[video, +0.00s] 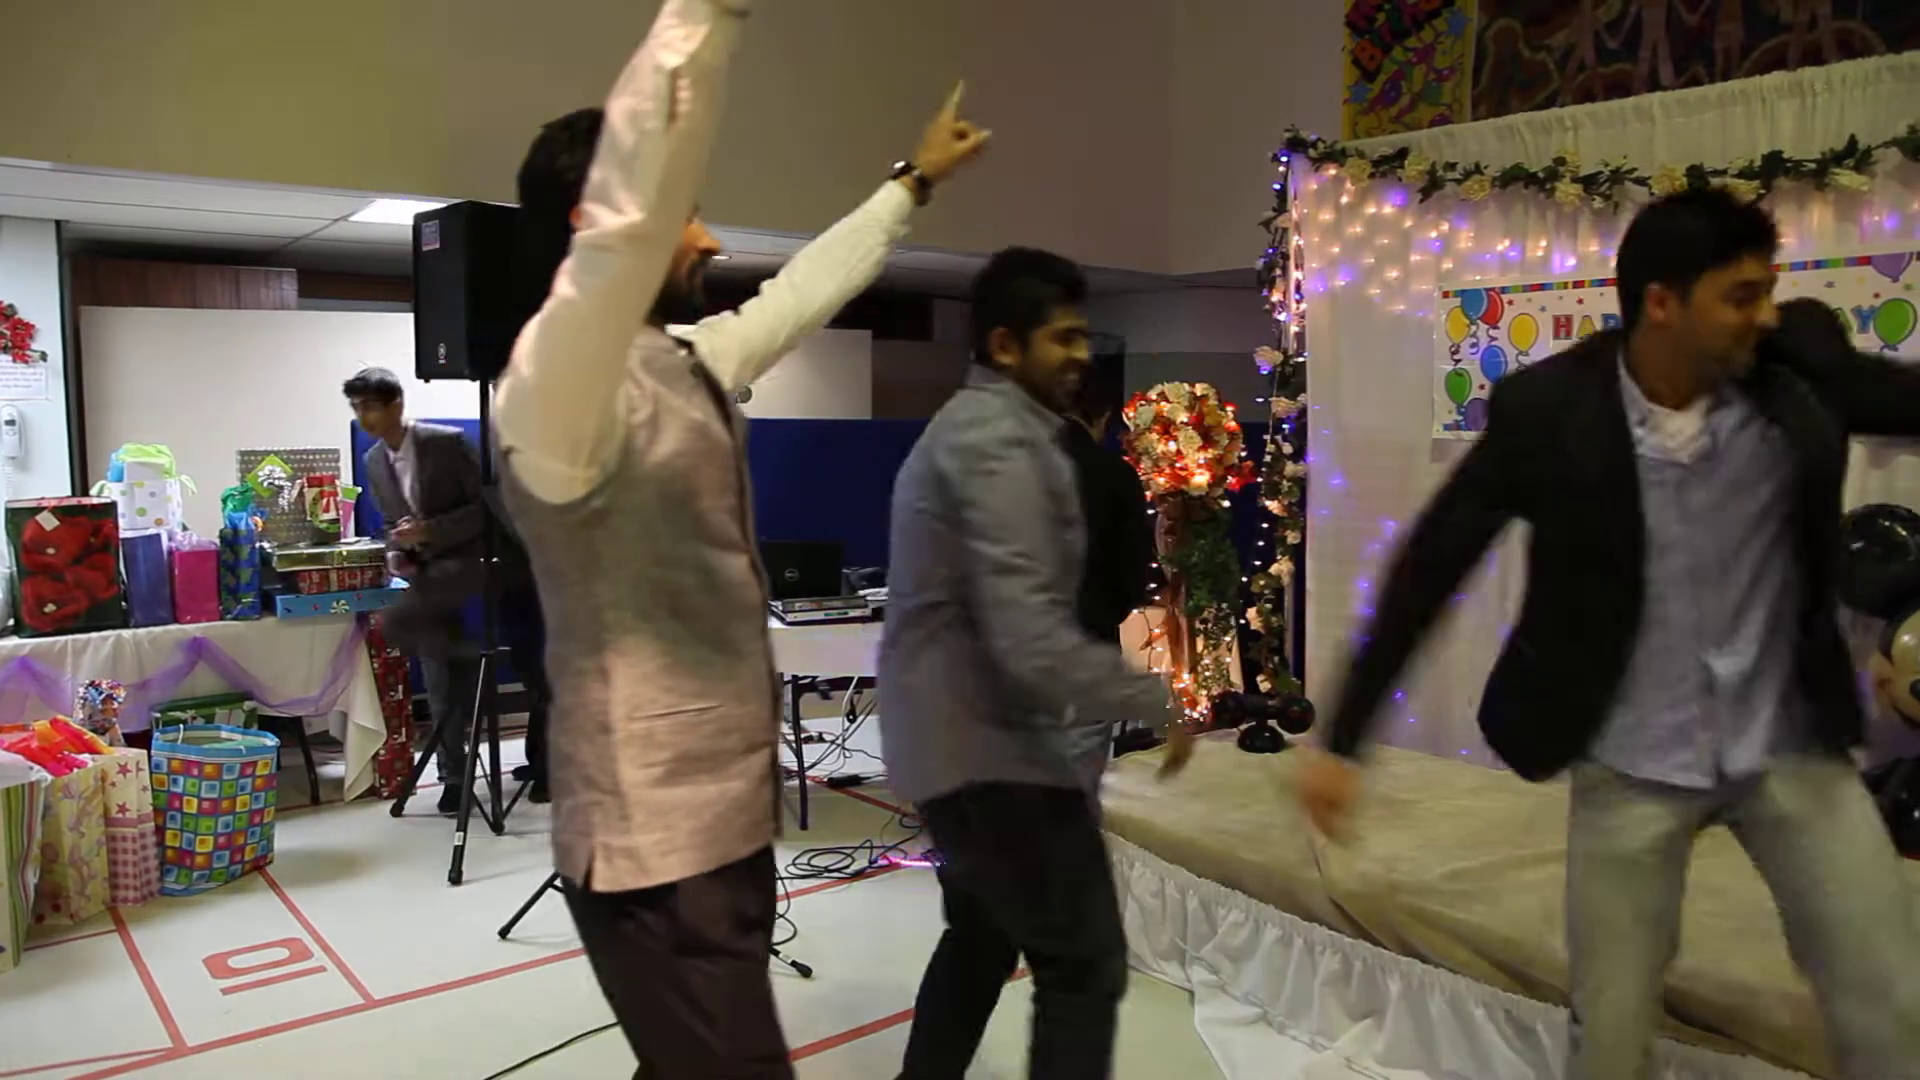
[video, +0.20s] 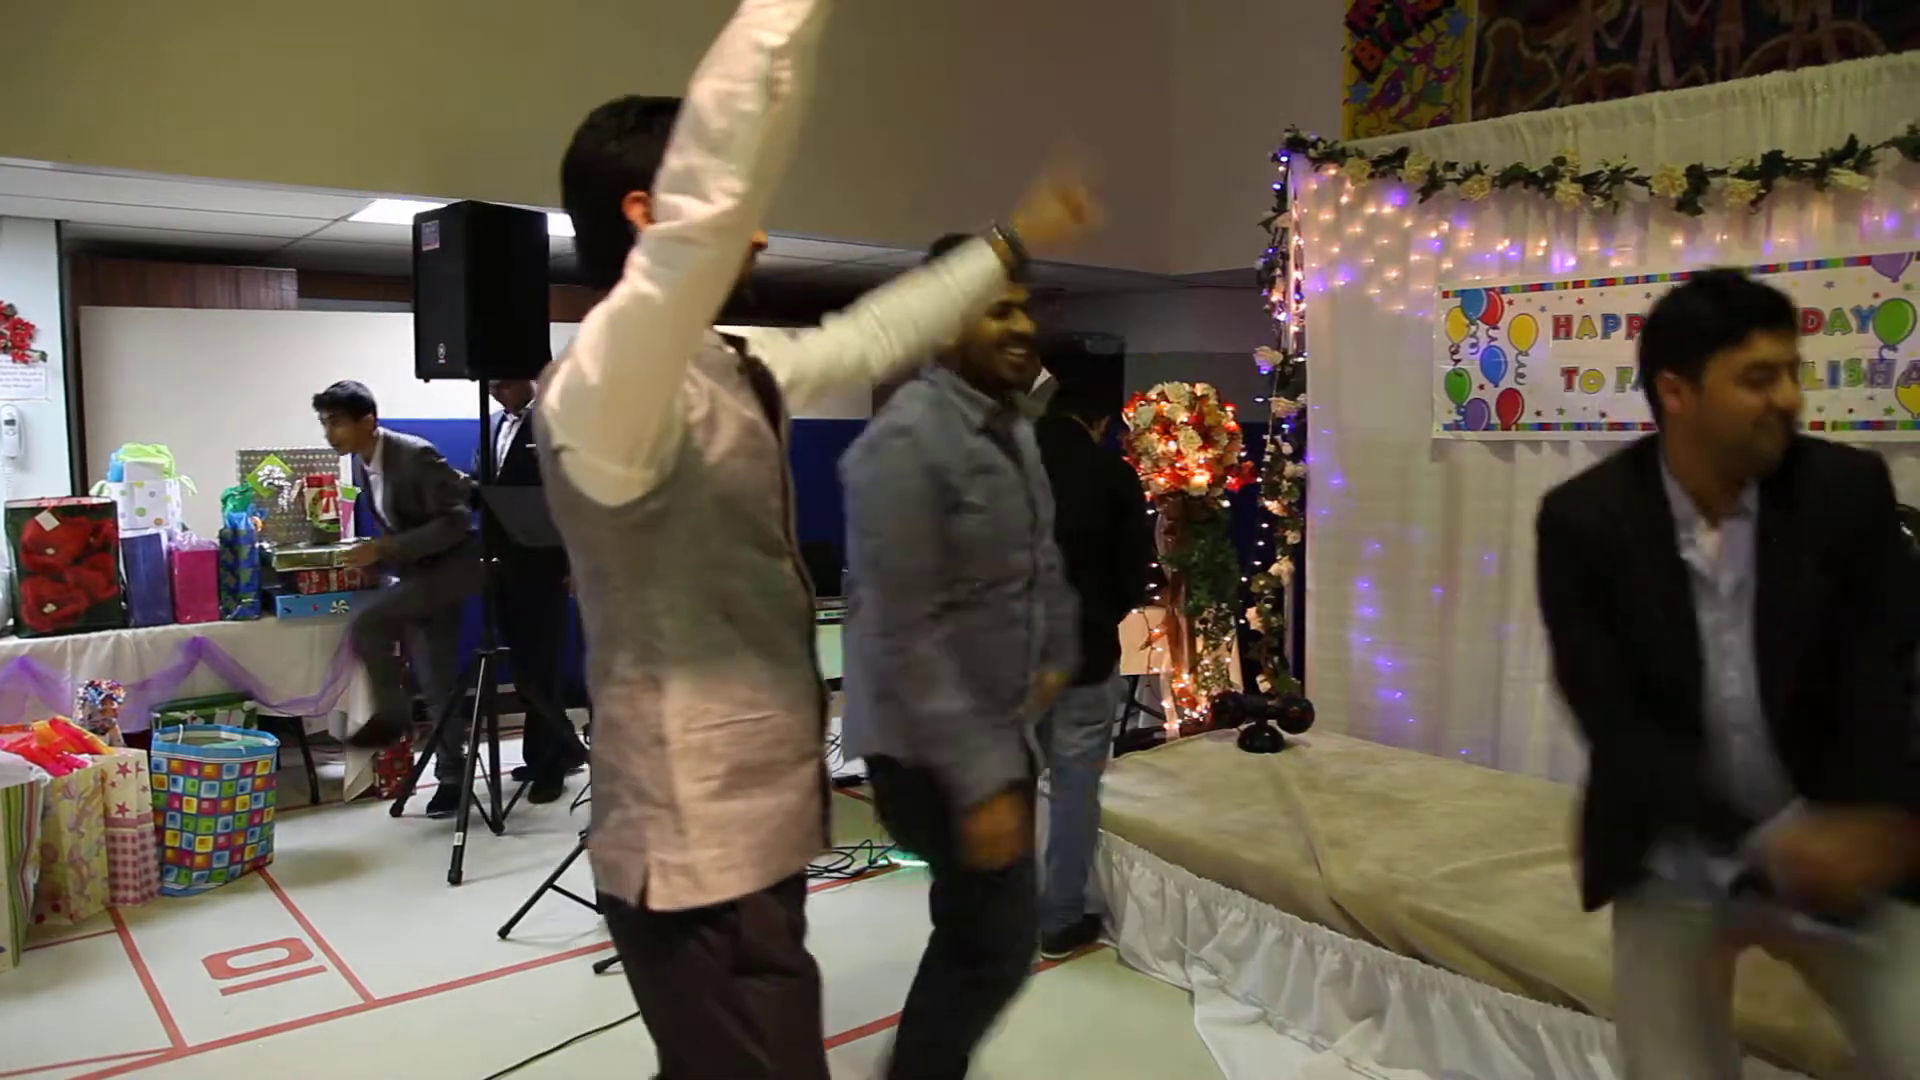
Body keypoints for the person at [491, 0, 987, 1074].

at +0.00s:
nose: (707, 232)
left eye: (698, 208)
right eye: (678, 213)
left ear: (648, 230)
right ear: (603, 226)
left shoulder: (693, 364)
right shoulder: (557, 401)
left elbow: (801, 293)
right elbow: (627, 206)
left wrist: (913, 183)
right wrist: (705, 3)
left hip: (725, 830)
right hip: (651, 853)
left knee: (706, 1064)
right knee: (733, 1071)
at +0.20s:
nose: (756, 222)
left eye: (747, 196)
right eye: (725, 200)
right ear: (645, 213)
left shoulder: (735, 365)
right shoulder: (602, 394)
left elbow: (868, 343)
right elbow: (704, 204)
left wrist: (1012, 241)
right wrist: (778, 7)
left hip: (760, 833)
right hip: (689, 858)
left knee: (773, 1055)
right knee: (752, 1066)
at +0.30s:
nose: (765, 210)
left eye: (764, 186)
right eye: (736, 189)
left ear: (696, 210)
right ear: (676, 213)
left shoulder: (759, 379)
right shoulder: (621, 398)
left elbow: (888, 414)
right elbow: (751, 209)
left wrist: (1059, 384)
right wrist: (839, 3)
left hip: (783, 840)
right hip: (705, 865)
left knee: (820, 1057)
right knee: (792, 1066)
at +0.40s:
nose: (785, 212)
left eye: (787, 189)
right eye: (764, 192)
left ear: (718, 211)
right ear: (701, 209)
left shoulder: (764, 396)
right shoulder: (643, 404)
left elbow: (872, 513)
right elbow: (781, 213)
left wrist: (1063, 568)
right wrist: (893, 3)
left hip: (809, 850)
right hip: (731, 876)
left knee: (820, 1050)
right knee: (788, 1064)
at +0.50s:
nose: (821, 209)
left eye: (822, 183)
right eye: (801, 184)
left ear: (746, 208)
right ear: (741, 203)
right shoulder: (676, 390)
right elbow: (823, 200)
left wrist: (998, 717)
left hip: (822, 856)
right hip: (760, 882)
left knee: (866, 1056)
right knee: (835, 1068)